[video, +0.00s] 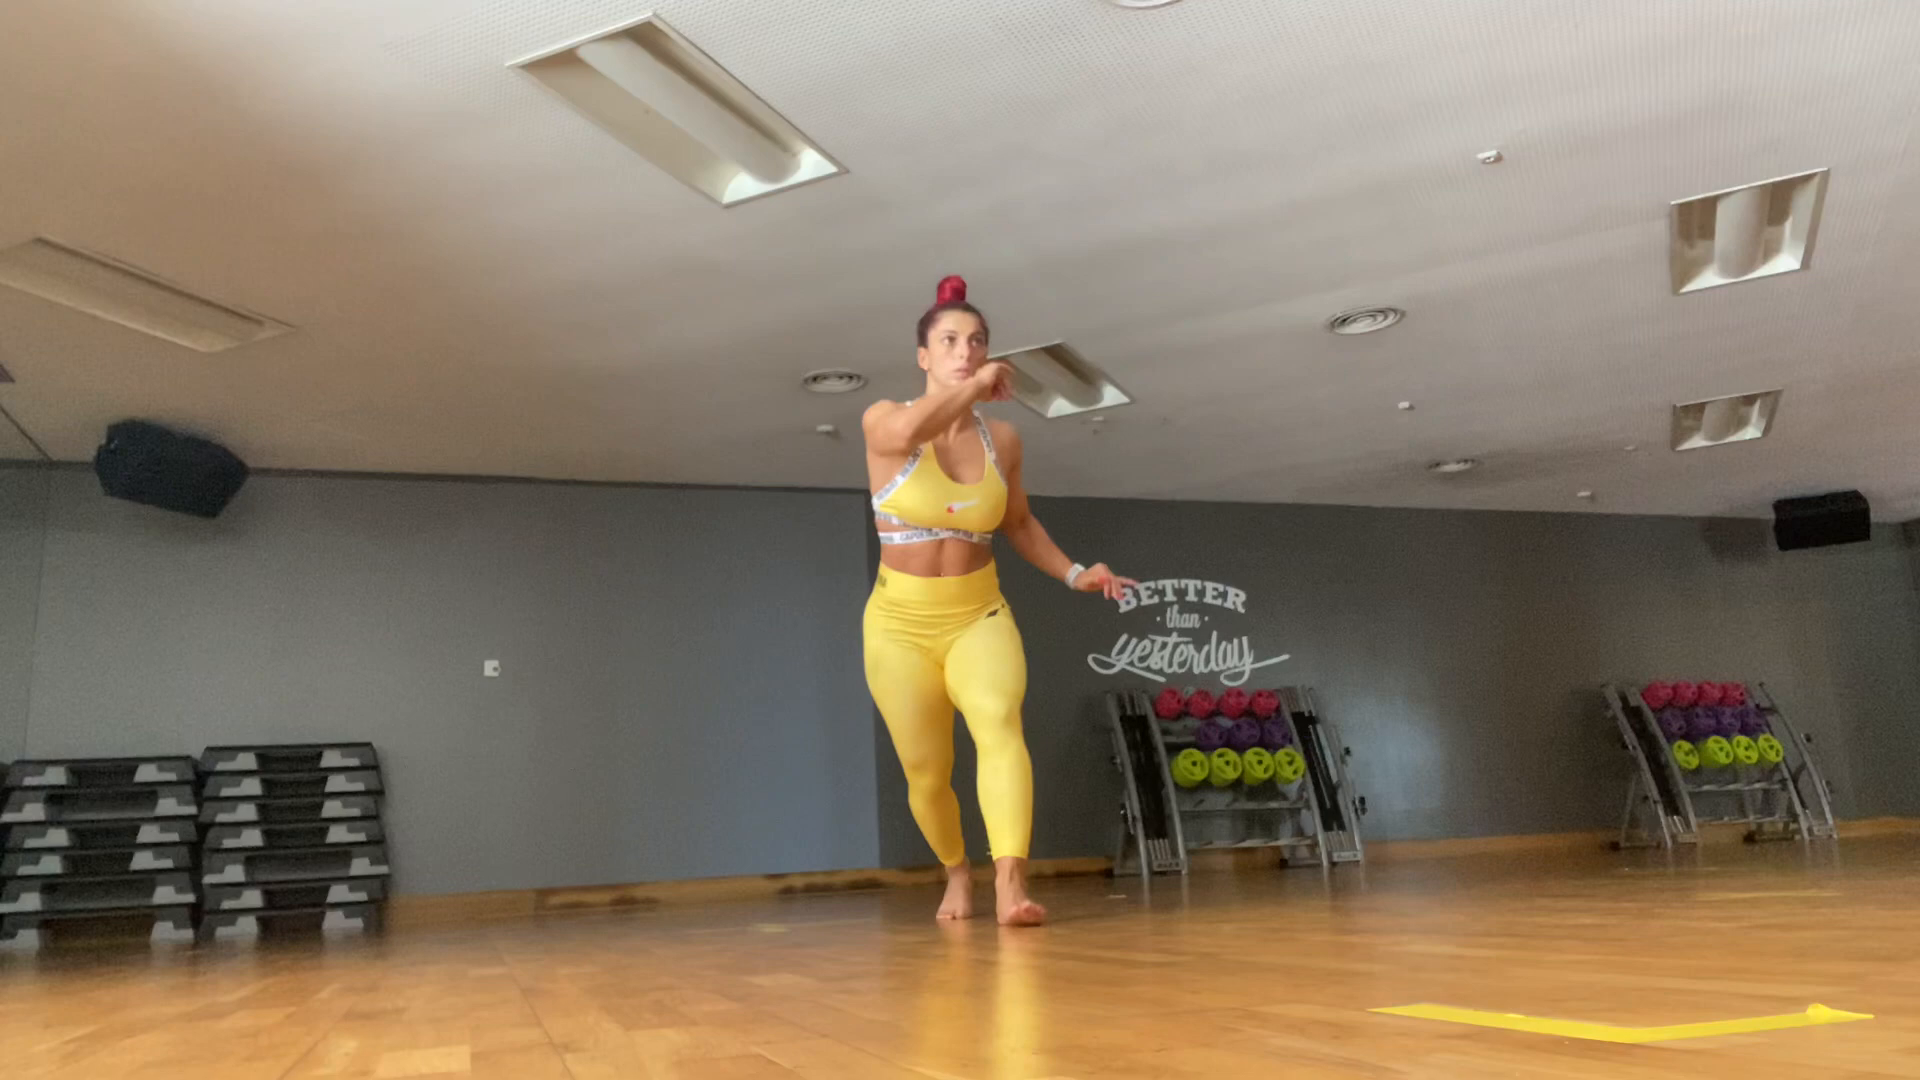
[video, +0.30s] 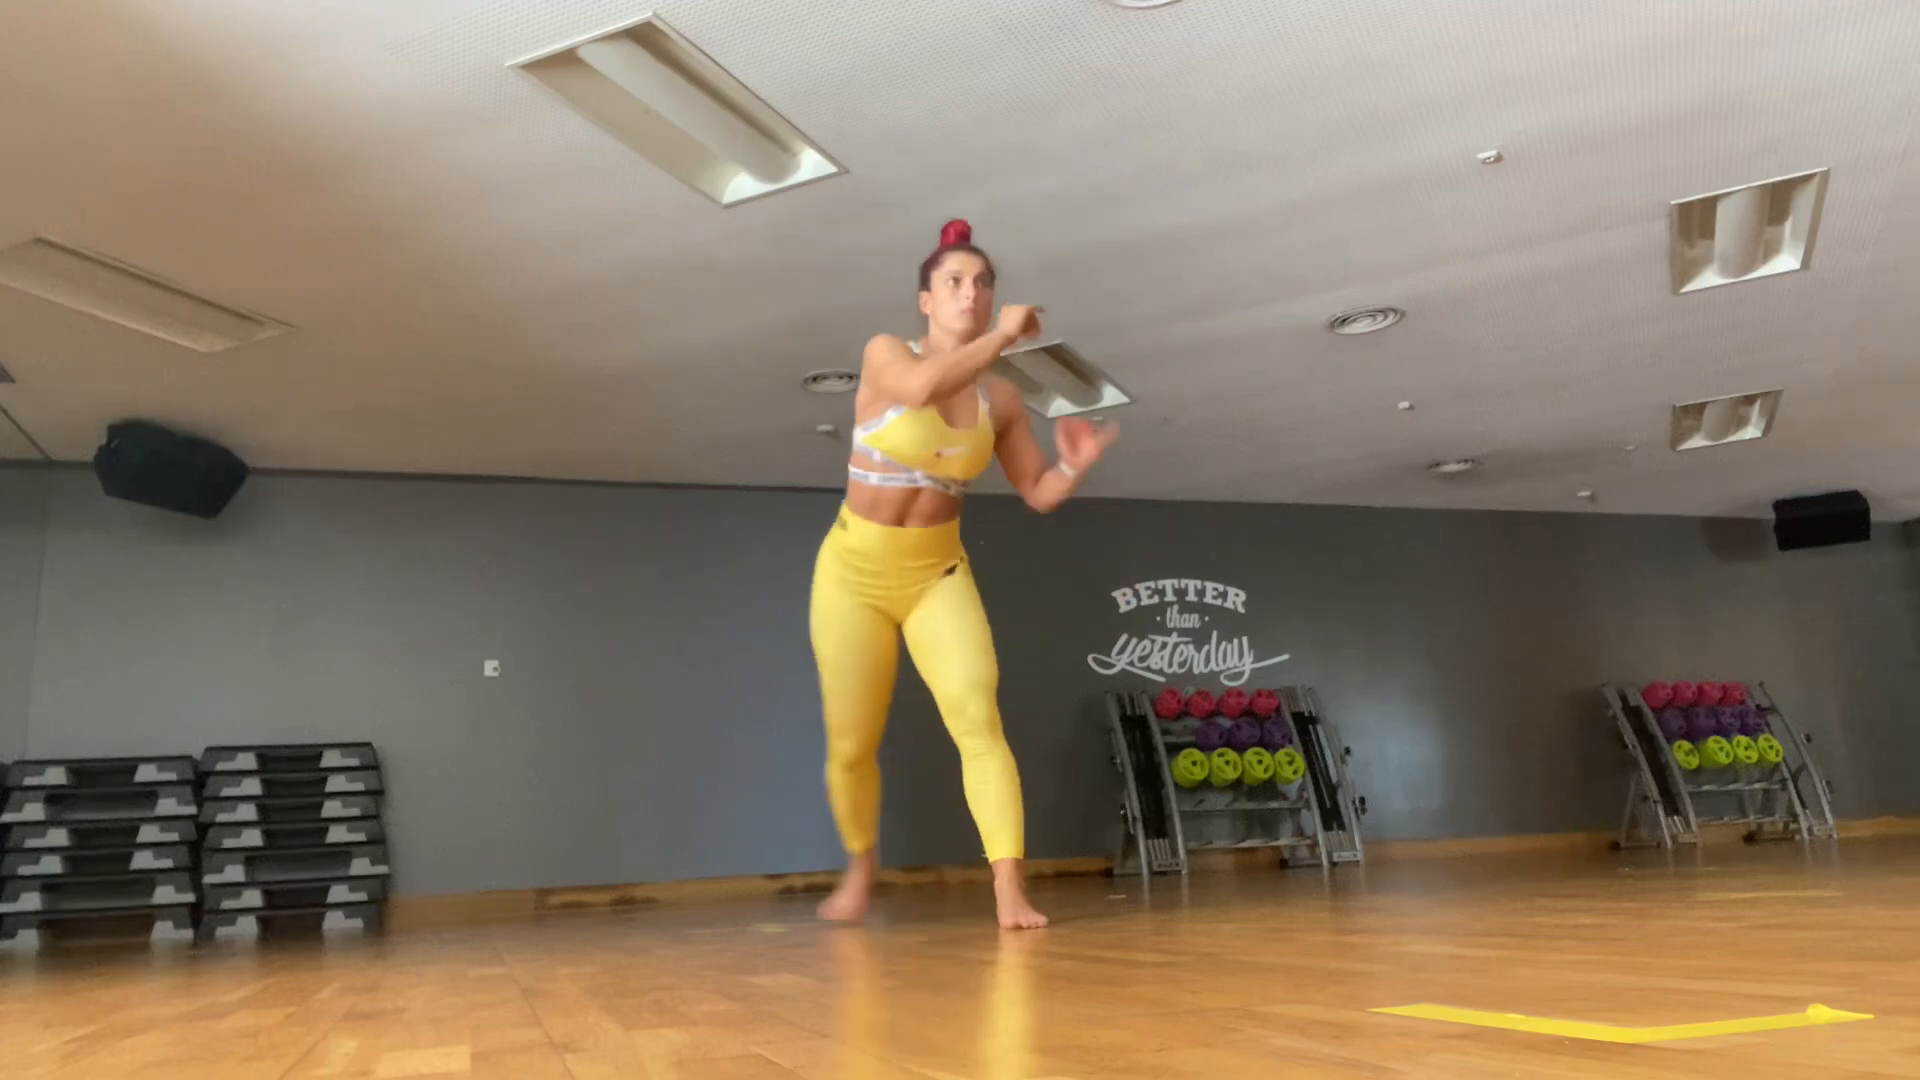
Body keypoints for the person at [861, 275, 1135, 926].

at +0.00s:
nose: (967, 352)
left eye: (976, 343)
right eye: (951, 341)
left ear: (989, 357)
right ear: (922, 356)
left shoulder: (1000, 437)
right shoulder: (883, 420)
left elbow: (1019, 523)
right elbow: (908, 430)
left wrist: (1074, 574)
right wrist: (972, 384)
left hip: (980, 617)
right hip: (897, 622)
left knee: (999, 721)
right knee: (925, 770)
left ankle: (1010, 881)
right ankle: (956, 873)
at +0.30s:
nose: (970, 291)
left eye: (981, 282)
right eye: (954, 281)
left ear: (992, 299)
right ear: (925, 297)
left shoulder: (1001, 398)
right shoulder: (886, 352)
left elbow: (1038, 492)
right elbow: (919, 385)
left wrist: (1073, 463)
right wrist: (1001, 336)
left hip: (939, 574)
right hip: (852, 570)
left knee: (979, 719)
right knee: (849, 744)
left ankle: (1009, 887)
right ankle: (860, 866)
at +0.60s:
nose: (836, 328)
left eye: (849, 315)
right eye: (818, 315)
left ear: (870, 330)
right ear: (791, 333)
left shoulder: (899, 415)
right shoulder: (758, 402)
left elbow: (975, 493)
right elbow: (765, 425)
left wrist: (1008, 500)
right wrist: (845, 366)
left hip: (875, 602)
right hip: (780, 606)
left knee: (947, 722)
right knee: (684, 738)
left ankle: (1003, 891)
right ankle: (593, 900)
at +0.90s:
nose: (648, 315)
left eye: (664, 302)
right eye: (632, 303)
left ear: (685, 321)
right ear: (607, 320)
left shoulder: (721, 400)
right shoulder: (568, 405)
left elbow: (822, 436)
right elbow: (465, 489)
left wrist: (860, 419)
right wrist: (469, 495)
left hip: (697, 591)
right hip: (599, 594)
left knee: (761, 736)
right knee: (555, 734)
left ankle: (814, 889)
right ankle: (561, 916)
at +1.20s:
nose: (564, 300)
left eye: (581, 293)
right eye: (556, 290)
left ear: (604, 318)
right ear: (538, 312)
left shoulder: (624, 391)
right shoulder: (496, 394)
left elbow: (659, 397)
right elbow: (472, 474)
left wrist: (586, 330)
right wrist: (421, 539)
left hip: (601, 603)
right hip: (515, 592)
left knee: (558, 759)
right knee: (519, 738)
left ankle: (505, 886)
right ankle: (537, 909)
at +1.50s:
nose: (505, 331)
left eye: (524, 320)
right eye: (495, 319)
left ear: (553, 335)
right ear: (483, 334)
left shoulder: (592, 401)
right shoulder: (462, 419)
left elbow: (574, 401)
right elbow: (410, 503)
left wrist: (492, 350)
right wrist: (345, 532)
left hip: (587, 612)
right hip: (500, 604)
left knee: (543, 780)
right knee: (473, 742)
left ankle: (498, 891)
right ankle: (450, 919)